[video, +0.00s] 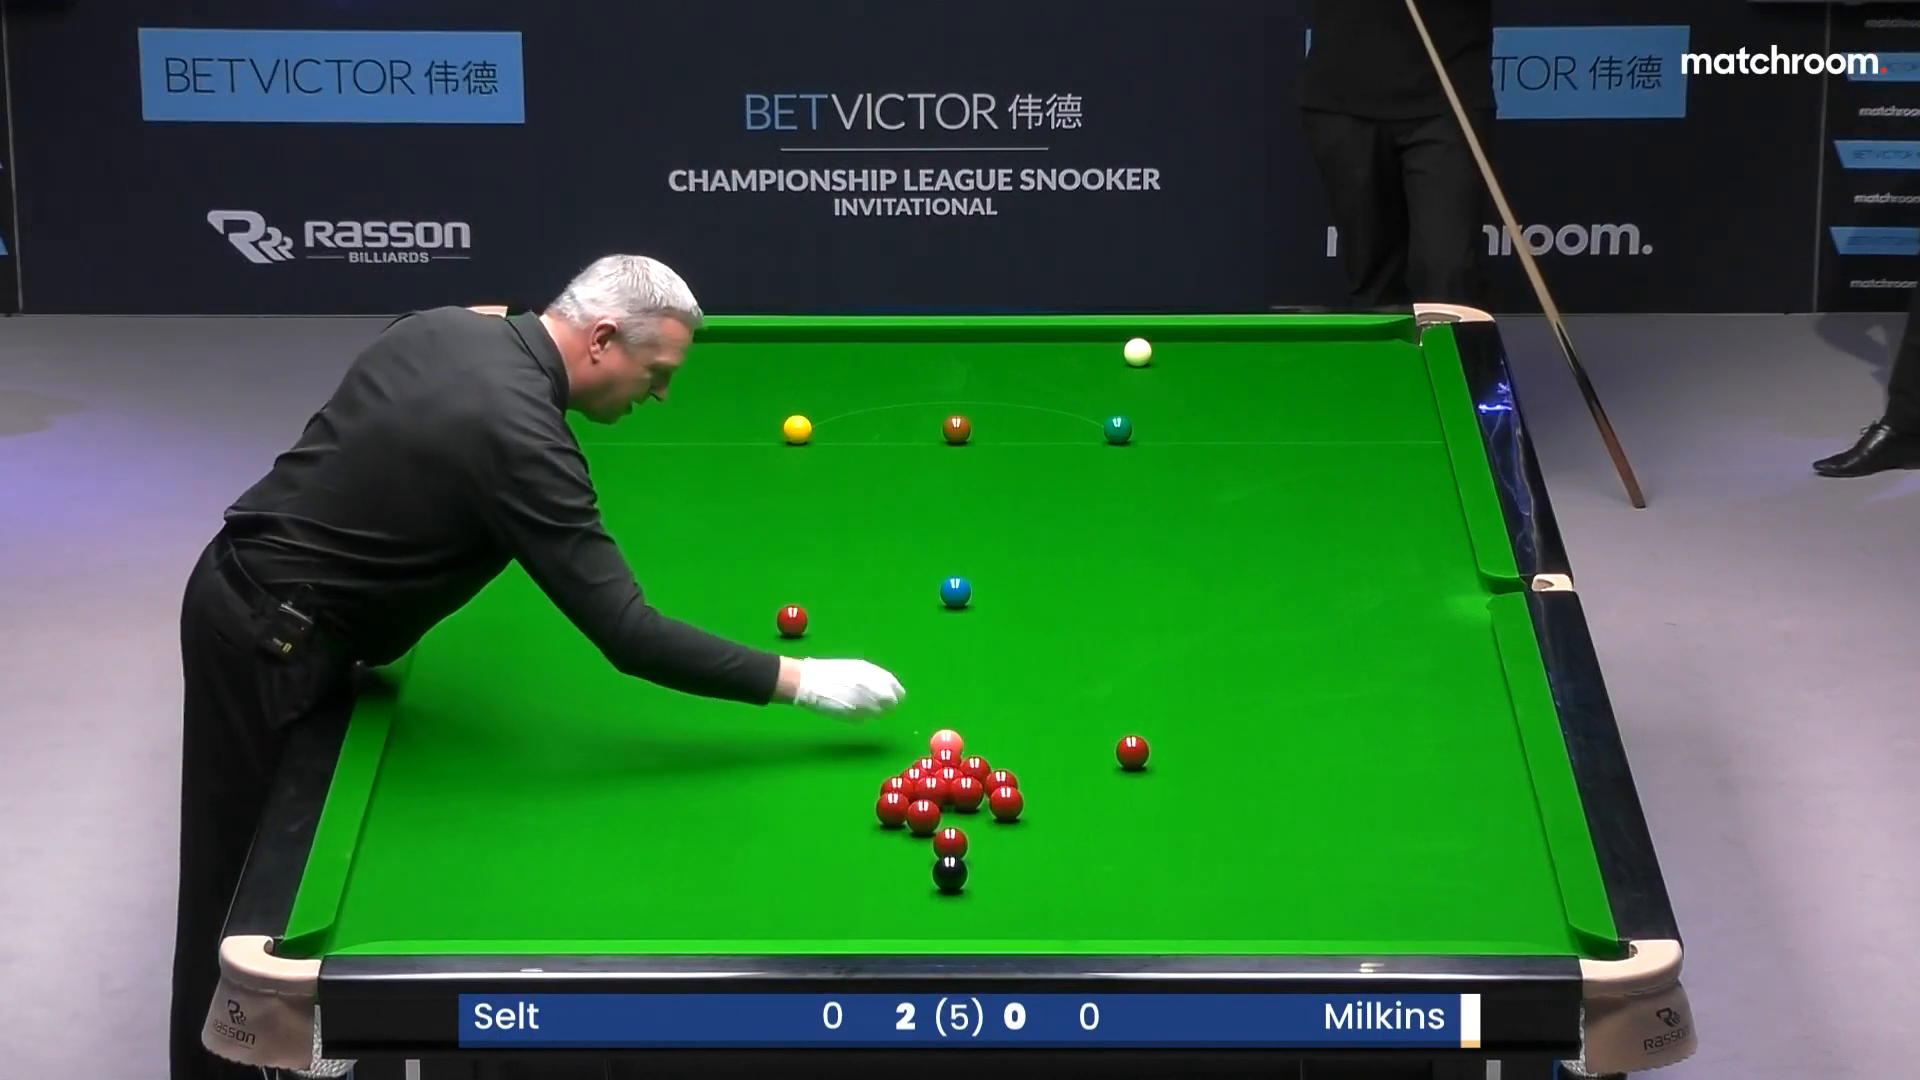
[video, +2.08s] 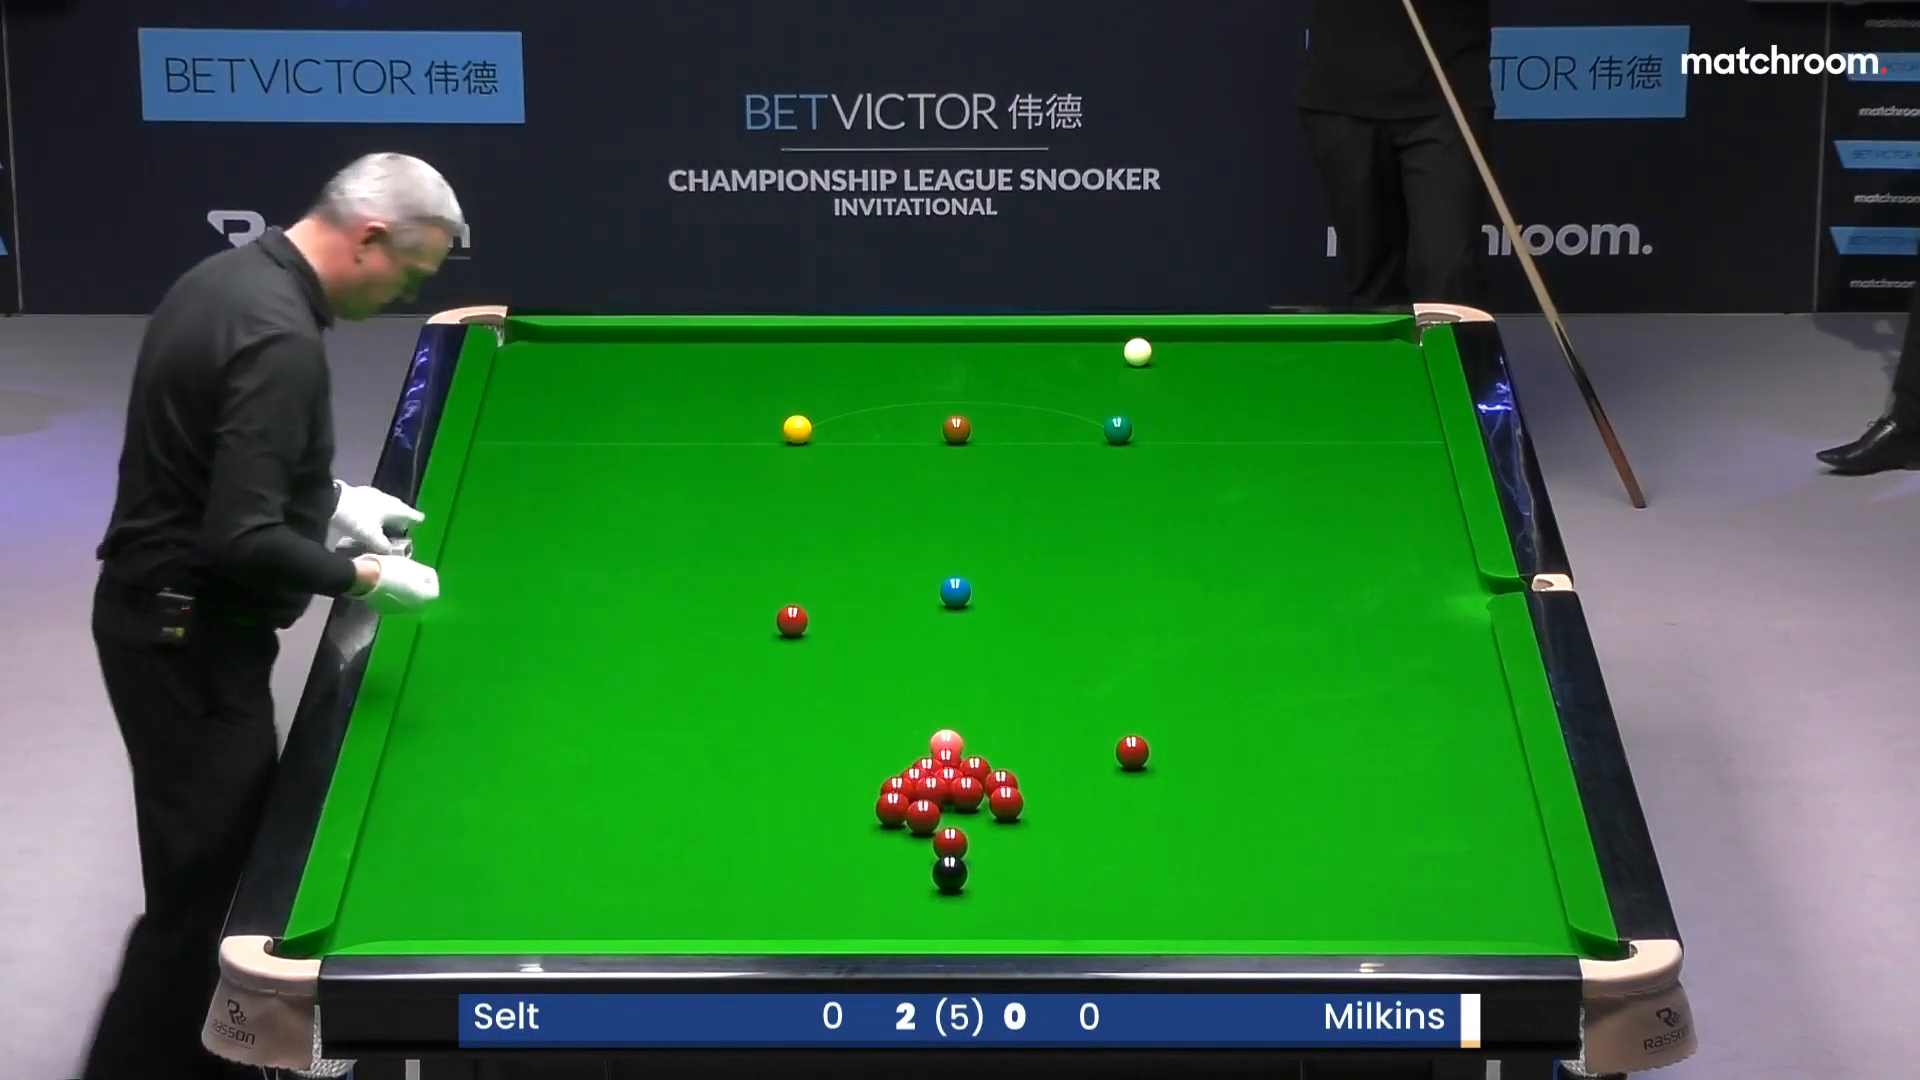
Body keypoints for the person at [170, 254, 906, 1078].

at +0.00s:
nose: (655, 393)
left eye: (666, 376)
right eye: (656, 372)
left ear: (584, 318)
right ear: (601, 334)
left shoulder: (446, 326)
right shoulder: (524, 432)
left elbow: (339, 448)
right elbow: (629, 631)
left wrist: (362, 615)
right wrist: (797, 675)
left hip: (240, 587)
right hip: (276, 635)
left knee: (240, 878)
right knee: (247, 892)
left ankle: (225, 1056)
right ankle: (219, 1063)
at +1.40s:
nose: (622, 369)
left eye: (632, 353)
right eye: (627, 349)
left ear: (565, 307)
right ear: (583, 317)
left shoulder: (415, 314)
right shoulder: (497, 422)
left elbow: (302, 445)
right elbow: (501, 635)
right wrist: (658, 644)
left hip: (234, 597)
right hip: (278, 640)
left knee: (234, 876)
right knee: (247, 890)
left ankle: (224, 1055)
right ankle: (216, 1061)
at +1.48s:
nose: (587, 356)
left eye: (600, 340)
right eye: (599, 338)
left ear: (521, 272)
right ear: (570, 307)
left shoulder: (391, 306)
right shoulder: (472, 410)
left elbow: (298, 445)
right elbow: (447, 612)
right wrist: (593, 630)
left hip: (225, 598)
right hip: (270, 638)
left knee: (236, 869)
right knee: (248, 883)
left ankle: (217, 1050)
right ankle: (214, 1057)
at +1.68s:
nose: (526, 307)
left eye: (533, 291)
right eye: (534, 292)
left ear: (452, 228)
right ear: (514, 282)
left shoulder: (329, 286)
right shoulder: (406, 369)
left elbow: (264, 448)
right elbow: (337, 556)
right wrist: (463, 596)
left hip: (207, 603)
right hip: (258, 635)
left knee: (225, 856)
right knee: (246, 867)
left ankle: (212, 1051)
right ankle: (217, 1059)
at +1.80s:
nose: (486, 298)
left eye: (497, 282)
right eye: (495, 280)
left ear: (411, 220)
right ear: (472, 263)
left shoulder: (298, 281)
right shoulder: (371, 349)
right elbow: (304, 540)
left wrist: (440, 317)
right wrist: (417, 584)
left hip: (194, 608)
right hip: (245, 634)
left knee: (217, 856)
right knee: (242, 866)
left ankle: (208, 1052)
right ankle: (215, 1060)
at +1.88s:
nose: (460, 296)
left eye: (473, 279)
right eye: (470, 277)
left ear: (391, 221)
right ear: (441, 250)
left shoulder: (280, 278)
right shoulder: (347, 343)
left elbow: (268, 430)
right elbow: (291, 535)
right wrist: (402, 580)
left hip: (183, 608)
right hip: (231, 633)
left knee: (212, 854)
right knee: (234, 865)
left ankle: (207, 1053)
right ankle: (212, 1061)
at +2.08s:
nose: (401, 296)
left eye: (415, 280)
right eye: (409, 274)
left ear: (354, 224)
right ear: (366, 235)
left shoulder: (230, 279)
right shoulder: (280, 337)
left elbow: (223, 444)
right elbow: (241, 535)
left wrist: (333, 498)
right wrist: (359, 574)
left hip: (156, 615)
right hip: (190, 639)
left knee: (205, 874)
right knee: (207, 892)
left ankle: (153, 1058)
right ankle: (140, 1066)